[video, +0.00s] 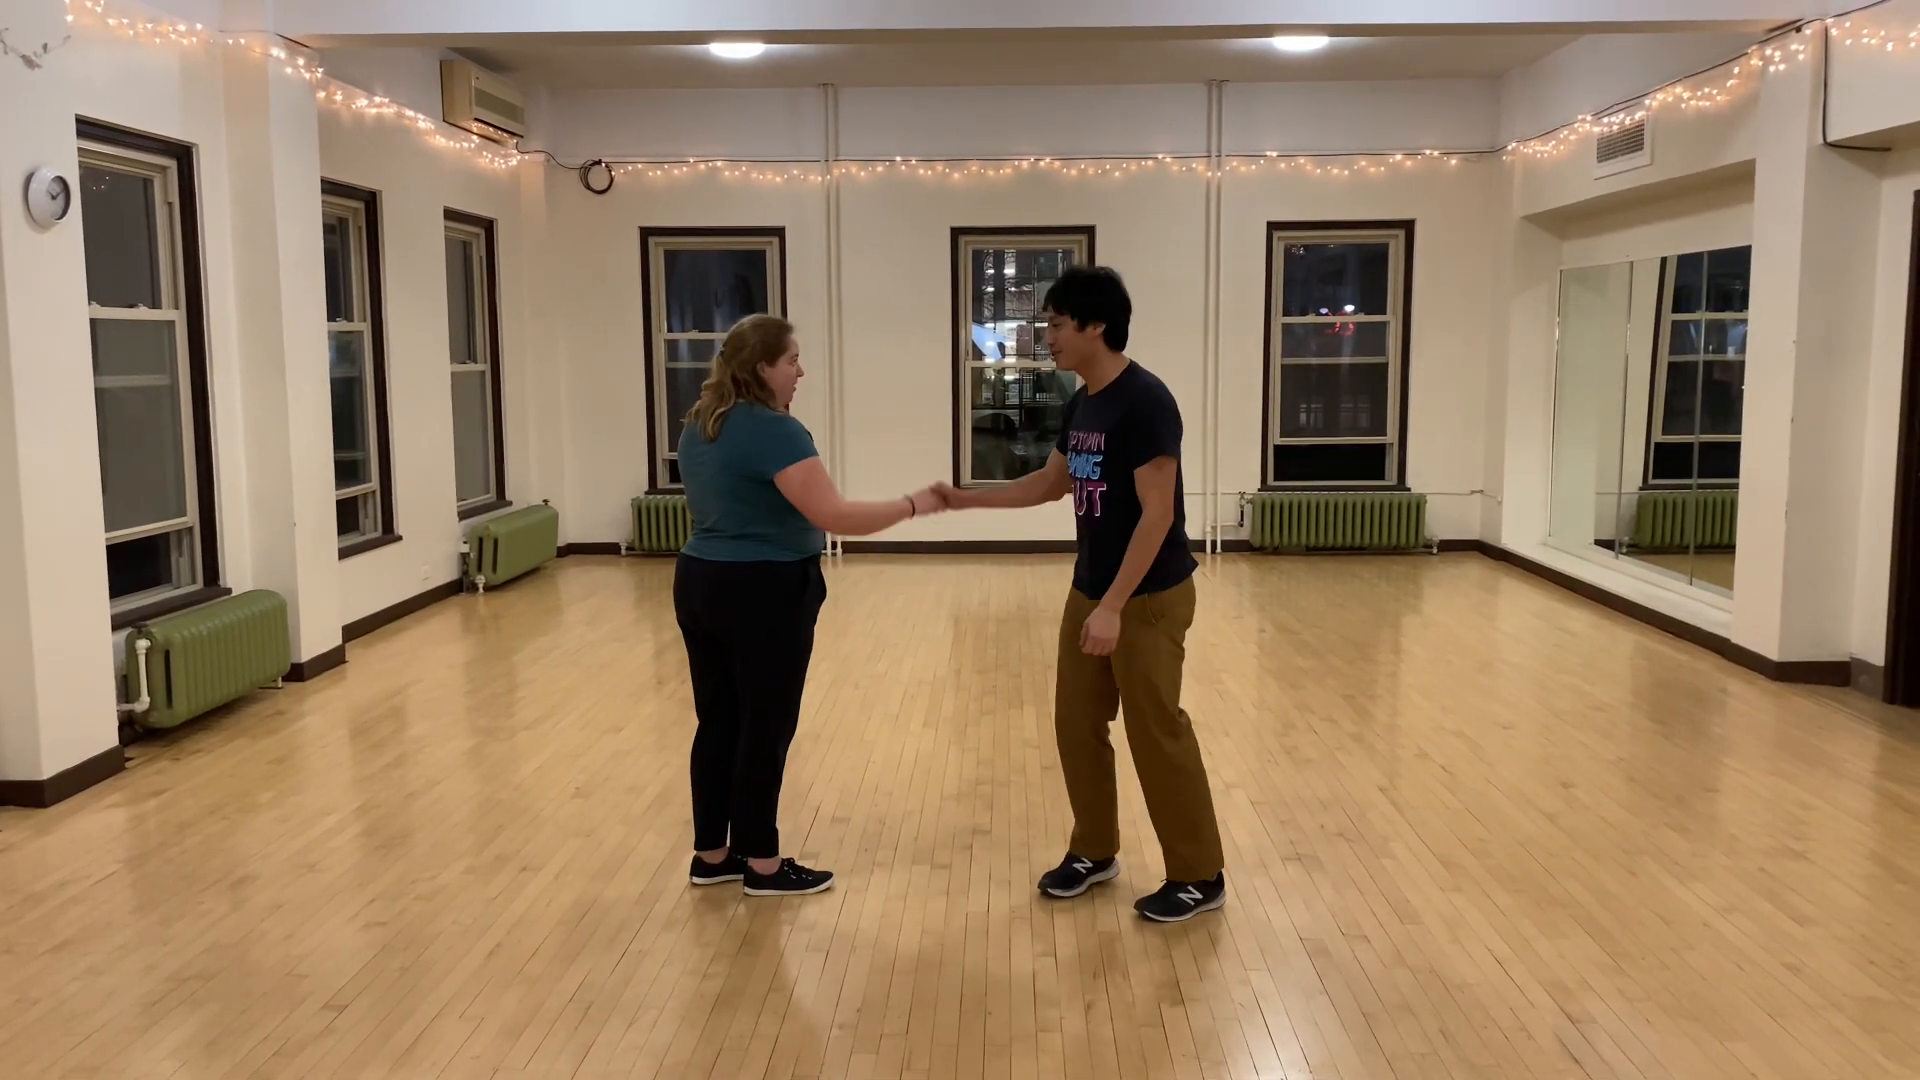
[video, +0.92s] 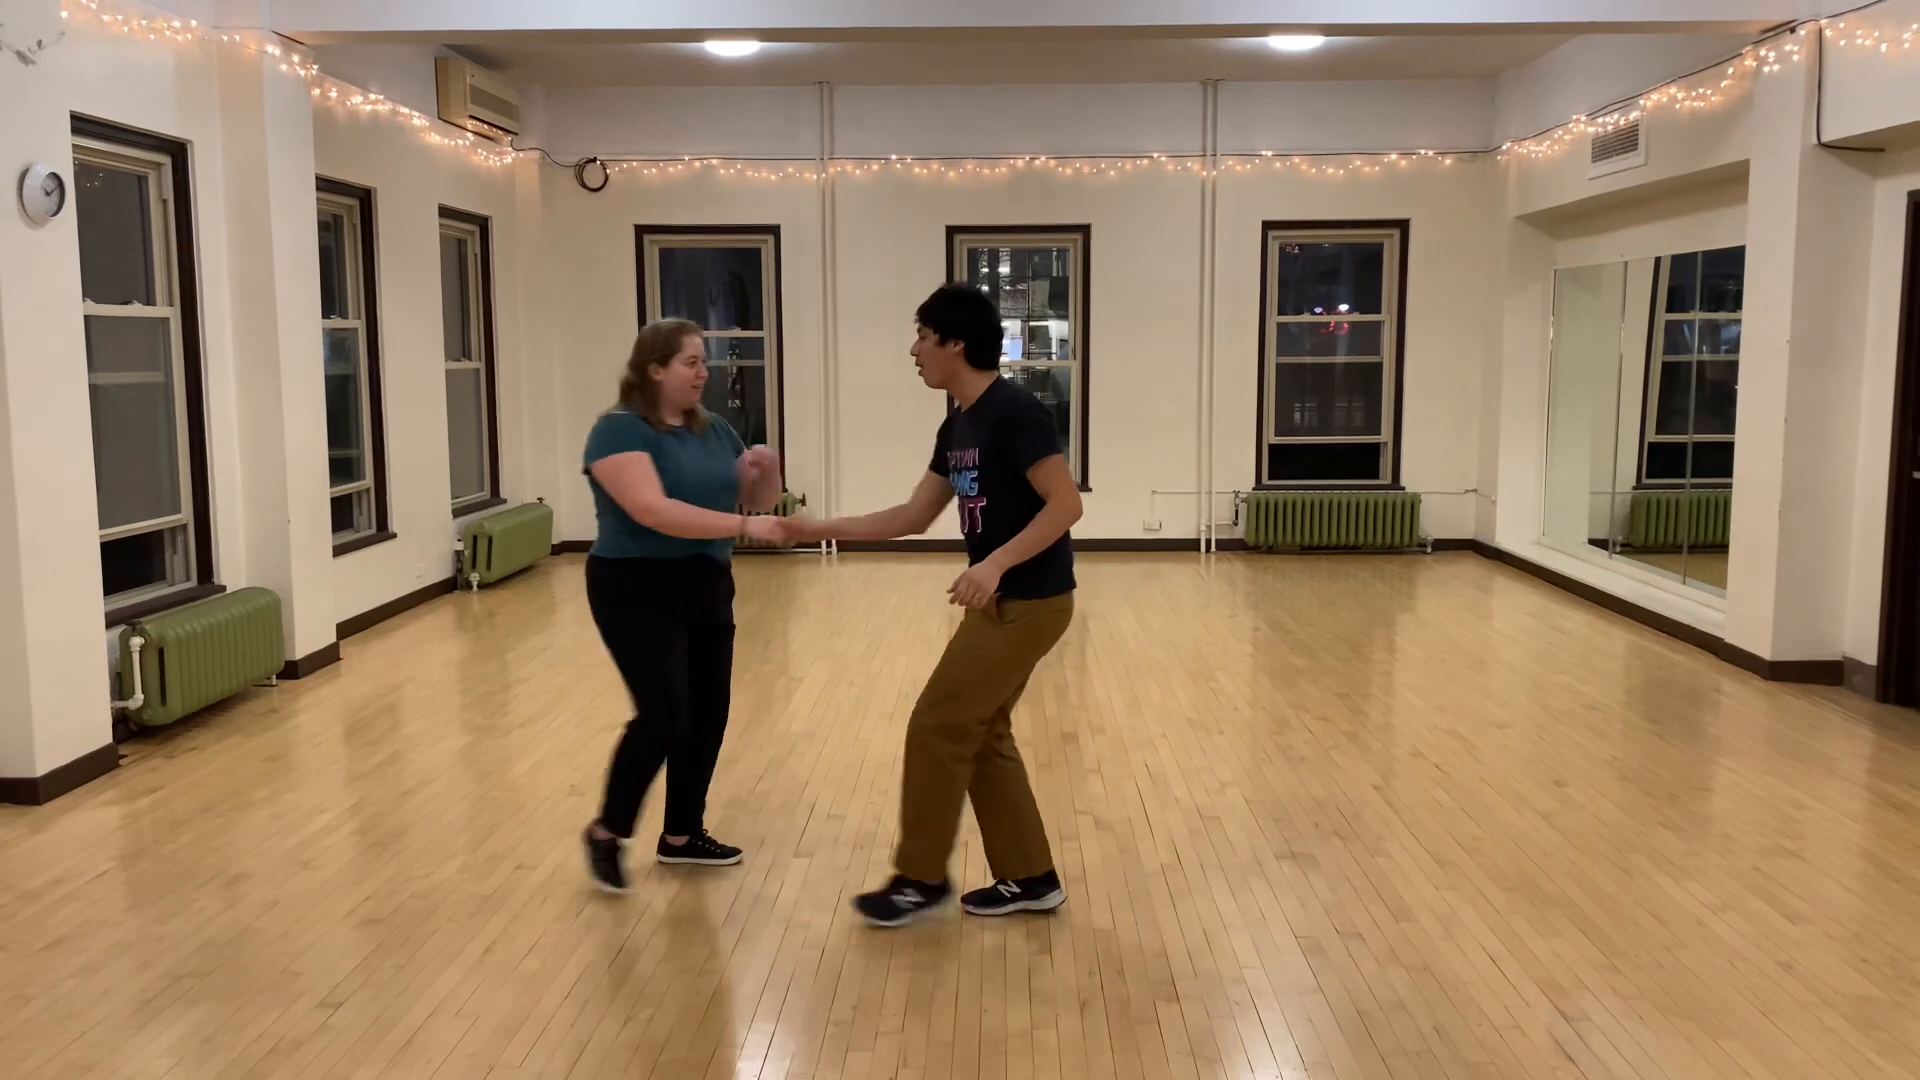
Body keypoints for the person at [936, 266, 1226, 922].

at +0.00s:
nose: (1048, 338)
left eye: (1058, 326)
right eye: (1049, 326)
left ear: (1096, 330)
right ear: (1083, 332)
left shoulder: (1147, 402)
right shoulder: (1083, 405)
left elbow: (1160, 514)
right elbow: (1048, 484)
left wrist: (1111, 604)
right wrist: (964, 497)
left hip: (1151, 596)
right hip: (1091, 592)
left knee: (1157, 732)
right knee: (1078, 727)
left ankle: (1199, 877)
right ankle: (1094, 853)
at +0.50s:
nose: (976, 362)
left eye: (981, 349)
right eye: (975, 349)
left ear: (1016, 350)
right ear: (1020, 350)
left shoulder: (1072, 416)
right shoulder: (1033, 414)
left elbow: (1109, 523)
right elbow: (1035, 512)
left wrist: (1045, 602)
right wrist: (961, 548)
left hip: (1099, 604)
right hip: (1054, 602)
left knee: (1107, 734)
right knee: (1028, 737)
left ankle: (1184, 864)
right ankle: (1037, 880)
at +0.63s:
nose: (950, 346)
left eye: (958, 333)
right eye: (951, 333)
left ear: (994, 339)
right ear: (993, 341)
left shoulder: (1050, 406)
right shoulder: (1009, 410)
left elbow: (1096, 508)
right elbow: (1011, 508)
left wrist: (1029, 580)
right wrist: (935, 543)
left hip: (1074, 596)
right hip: (1036, 596)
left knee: (1043, 731)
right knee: (1020, 733)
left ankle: (1146, 845)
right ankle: (1037, 881)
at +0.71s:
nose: (936, 343)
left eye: (944, 331)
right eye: (938, 330)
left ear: (980, 338)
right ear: (976, 336)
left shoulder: (1038, 403)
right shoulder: (993, 411)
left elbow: (1087, 502)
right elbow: (987, 507)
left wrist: (1017, 569)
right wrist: (903, 536)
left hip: (1059, 591)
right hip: (1026, 591)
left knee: (1006, 727)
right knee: (1013, 728)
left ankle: (1098, 855)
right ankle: (1035, 878)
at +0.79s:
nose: (926, 343)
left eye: (936, 331)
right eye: (929, 331)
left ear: (970, 339)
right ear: (968, 341)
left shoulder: (1028, 406)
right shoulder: (977, 419)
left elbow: (1078, 500)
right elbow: (954, 512)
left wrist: (1009, 562)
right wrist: (867, 529)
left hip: (1046, 597)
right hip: (1021, 594)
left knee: (973, 726)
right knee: (1005, 726)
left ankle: (1031, 876)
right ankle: (1033, 873)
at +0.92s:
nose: (913, 350)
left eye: (922, 338)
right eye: (916, 337)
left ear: (957, 347)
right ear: (956, 347)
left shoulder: (1016, 412)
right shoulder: (957, 423)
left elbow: (1067, 504)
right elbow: (916, 515)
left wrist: (994, 564)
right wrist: (820, 529)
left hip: (1031, 602)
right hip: (997, 599)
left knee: (938, 724)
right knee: (983, 735)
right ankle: (1031, 877)